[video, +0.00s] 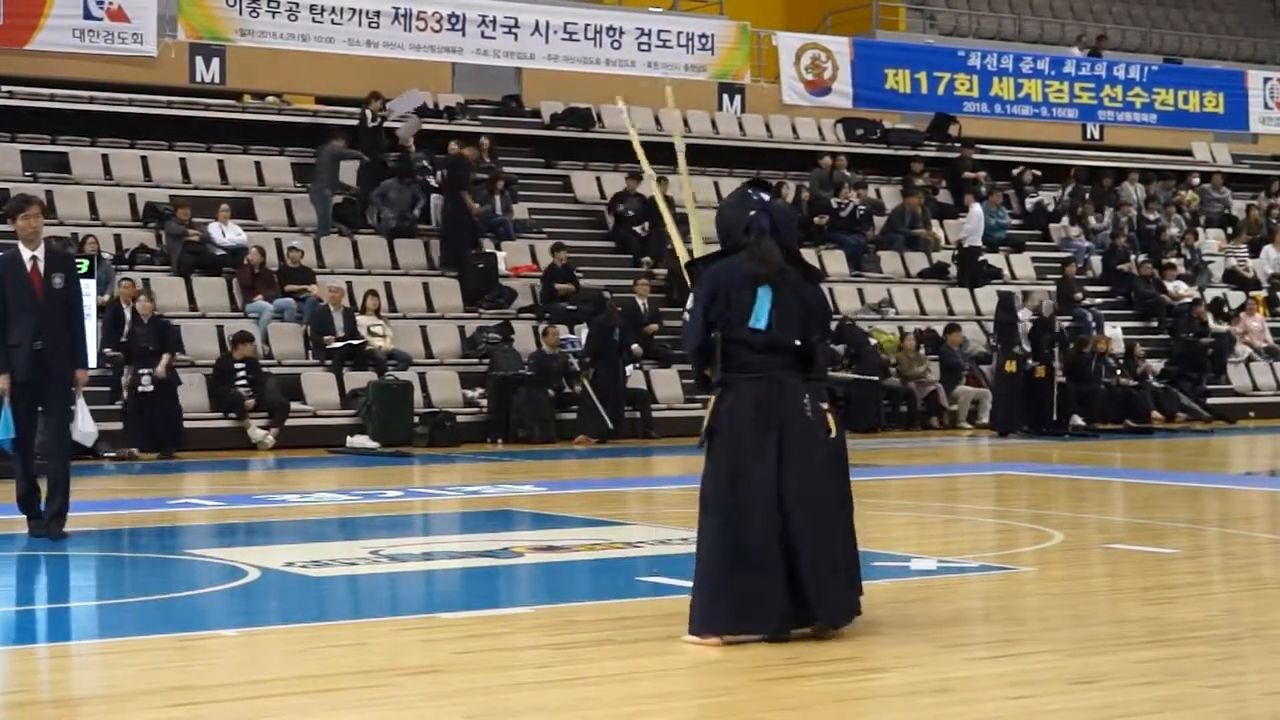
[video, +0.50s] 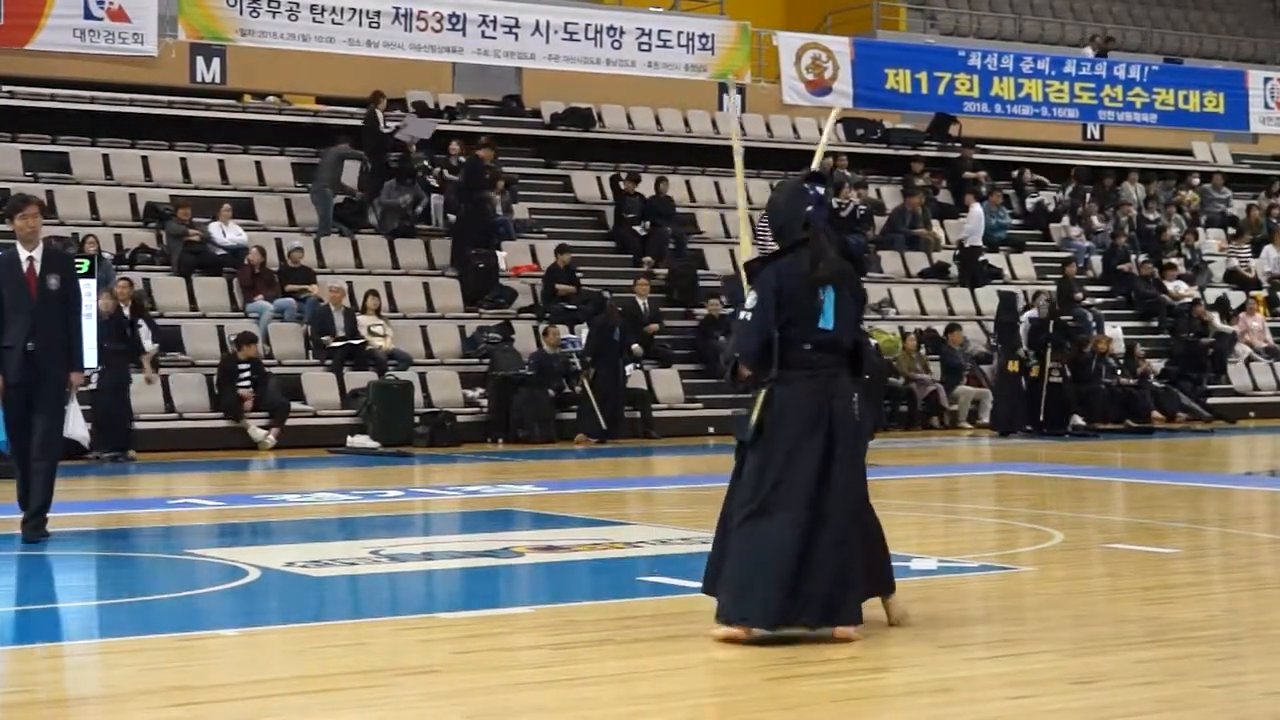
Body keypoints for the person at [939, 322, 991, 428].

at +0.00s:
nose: (961, 337)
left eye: (961, 335)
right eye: (958, 334)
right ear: (948, 336)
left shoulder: (958, 351)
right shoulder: (945, 351)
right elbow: (956, 363)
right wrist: (966, 364)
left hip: (963, 385)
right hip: (950, 386)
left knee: (986, 393)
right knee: (967, 392)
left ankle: (983, 419)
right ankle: (961, 421)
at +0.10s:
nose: (961, 337)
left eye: (960, 334)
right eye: (958, 334)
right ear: (949, 336)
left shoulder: (958, 350)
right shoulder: (946, 351)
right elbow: (956, 364)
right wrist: (965, 365)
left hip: (963, 385)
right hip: (951, 387)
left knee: (986, 393)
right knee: (967, 392)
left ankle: (983, 419)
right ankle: (962, 421)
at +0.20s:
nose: (961, 337)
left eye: (960, 334)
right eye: (958, 334)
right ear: (949, 336)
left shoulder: (958, 350)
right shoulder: (946, 351)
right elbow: (956, 364)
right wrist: (965, 365)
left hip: (963, 385)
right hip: (950, 386)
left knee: (986, 393)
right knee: (967, 392)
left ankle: (983, 419)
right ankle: (962, 421)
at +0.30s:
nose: (961, 337)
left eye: (961, 334)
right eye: (958, 334)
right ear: (950, 336)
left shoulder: (958, 350)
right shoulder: (946, 351)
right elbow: (956, 364)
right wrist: (966, 365)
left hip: (963, 385)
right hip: (951, 386)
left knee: (986, 393)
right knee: (967, 392)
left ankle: (983, 419)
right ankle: (962, 421)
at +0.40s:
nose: (961, 337)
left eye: (961, 334)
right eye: (958, 334)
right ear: (950, 336)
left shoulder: (959, 351)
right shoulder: (946, 351)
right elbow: (956, 363)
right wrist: (966, 365)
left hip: (964, 385)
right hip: (951, 386)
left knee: (986, 393)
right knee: (967, 392)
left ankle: (983, 419)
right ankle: (962, 421)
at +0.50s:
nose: (961, 337)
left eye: (961, 334)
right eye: (958, 334)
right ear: (950, 336)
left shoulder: (959, 351)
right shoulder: (946, 351)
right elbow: (956, 363)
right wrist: (965, 364)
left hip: (964, 385)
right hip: (951, 386)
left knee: (986, 393)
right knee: (968, 392)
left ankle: (983, 419)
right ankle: (962, 421)